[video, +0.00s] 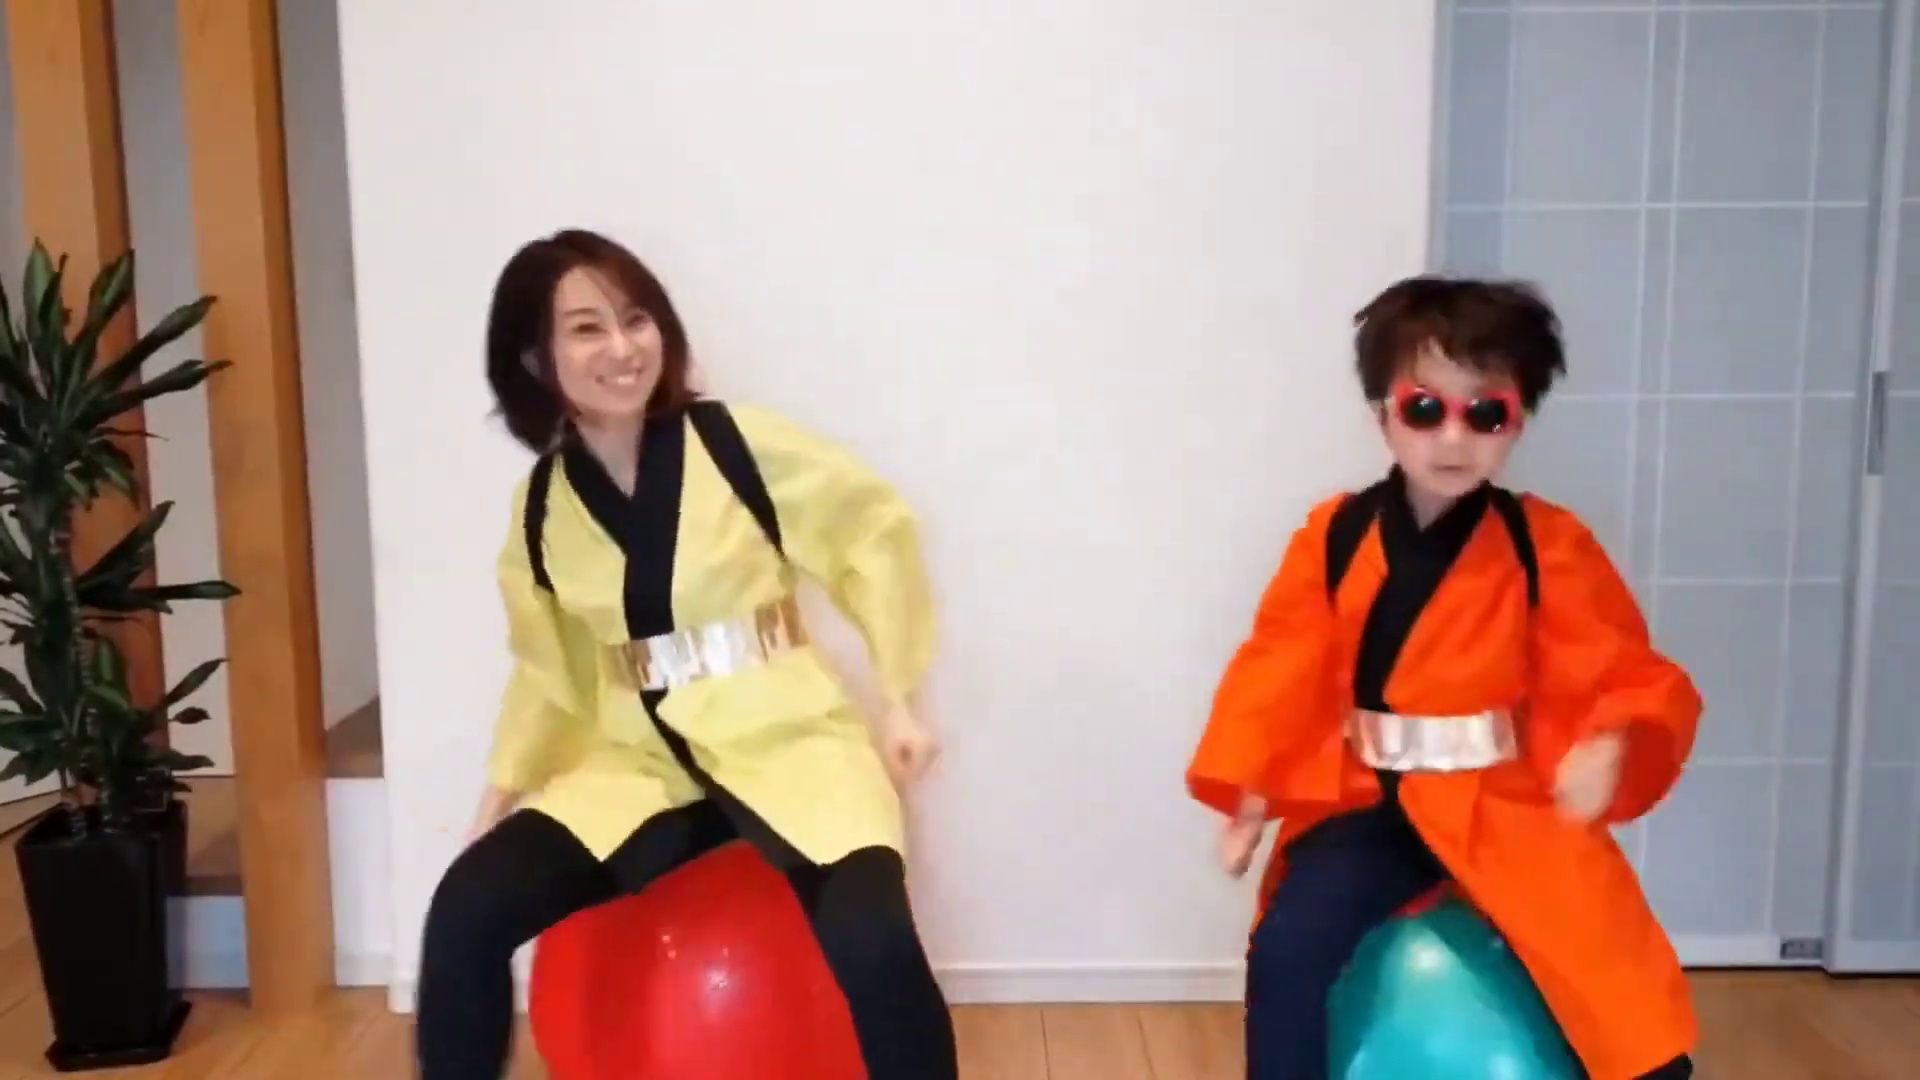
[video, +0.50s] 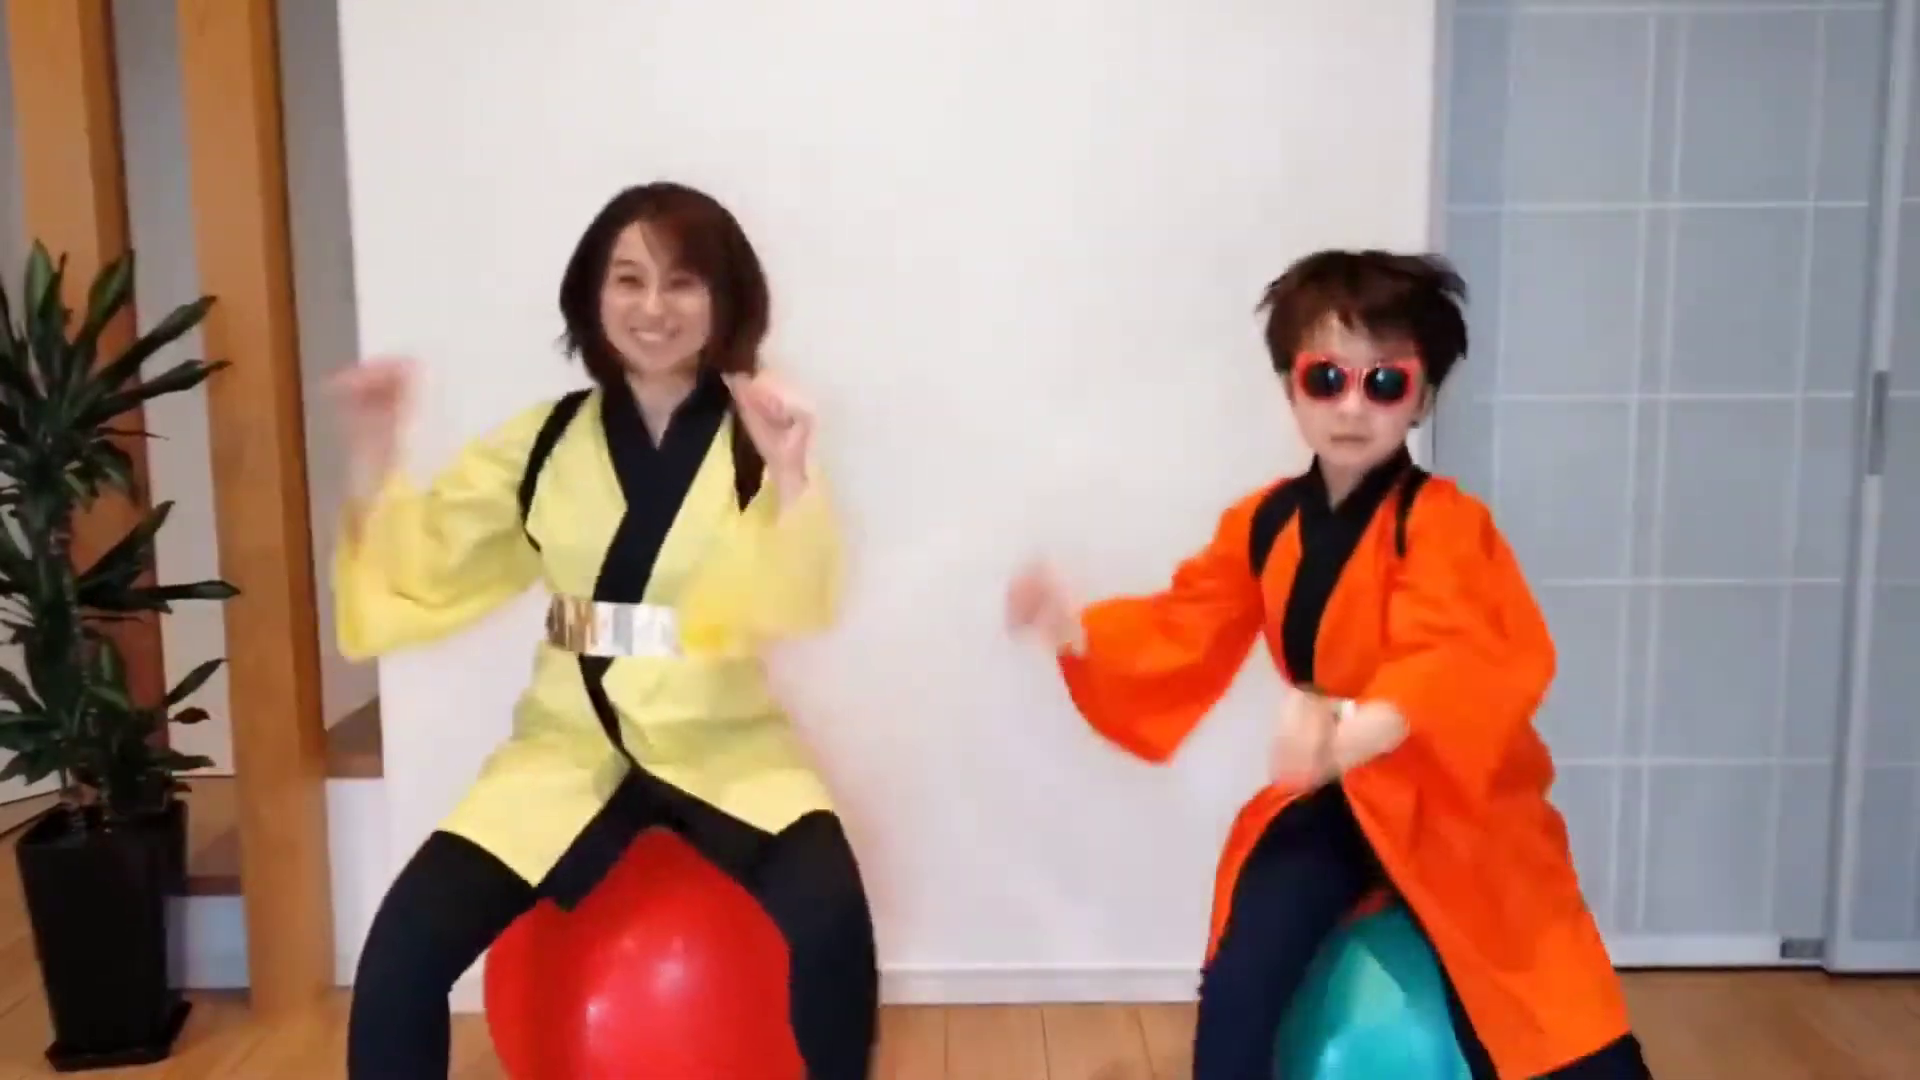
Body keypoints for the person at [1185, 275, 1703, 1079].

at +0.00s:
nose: (1452, 436)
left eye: (1486, 412)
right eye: (1423, 408)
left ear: (1519, 425)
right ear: (1382, 415)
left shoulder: (1547, 543)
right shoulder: (1338, 534)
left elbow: (1632, 677)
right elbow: (1281, 659)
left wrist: (1614, 740)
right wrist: (1256, 779)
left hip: (1515, 811)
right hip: (1372, 809)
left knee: (1616, 957)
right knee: (1289, 944)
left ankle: (1652, 1065)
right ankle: (1283, 1067)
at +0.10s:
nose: (1415, 489)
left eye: (1451, 469)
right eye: (1388, 461)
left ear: (1480, 495)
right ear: (1347, 478)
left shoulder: (1512, 613)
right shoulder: (1309, 606)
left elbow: (1574, 769)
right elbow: (1260, 747)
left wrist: (1505, 916)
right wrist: (1231, 874)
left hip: (1494, 867)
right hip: (1361, 859)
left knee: (1609, 1028)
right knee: (1251, 951)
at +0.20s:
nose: (1376, 558)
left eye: (1411, 536)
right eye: (1350, 529)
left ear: (1446, 567)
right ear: (1317, 548)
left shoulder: (1464, 698)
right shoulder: (1293, 675)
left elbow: (1465, 883)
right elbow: (1246, 814)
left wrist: (1429, 1057)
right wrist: (1198, 947)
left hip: (1467, 923)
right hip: (1359, 909)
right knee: (1214, 982)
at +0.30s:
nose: (1351, 513)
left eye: (1386, 494)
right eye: (1327, 484)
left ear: (1423, 522)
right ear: (1295, 500)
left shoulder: (1434, 653)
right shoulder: (1272, 638)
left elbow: (1407, 840)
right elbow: (1204, 776)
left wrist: (1357, 1011)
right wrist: (1108, 899)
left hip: (1454, 895)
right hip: (1337, 883)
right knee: (1197, 986)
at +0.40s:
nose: (1345, 432)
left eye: (1378, 411)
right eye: (1320, 404)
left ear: (1417, 431)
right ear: (1285, 415)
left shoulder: (1432, 564)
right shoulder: (1265, 558)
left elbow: (1407, 734)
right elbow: (1181, 673)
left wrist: (1329, 877)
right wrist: (1058, 748)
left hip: (1452, 824)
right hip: (1329, 811)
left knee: (1531, 1017)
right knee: (1211, 977)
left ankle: (1598, 1067)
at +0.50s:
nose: (1351, 406)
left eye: (1385, 381)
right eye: (1324, 377)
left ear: (1422, 398)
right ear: (1288, 388)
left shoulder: (1446, 524)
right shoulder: (1266, 524)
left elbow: (1471, 662)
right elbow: (1183, 632)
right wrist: (1069, 626)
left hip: (1466, 800)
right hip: (1339, 794)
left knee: (1549, 1003)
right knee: (1253, 950)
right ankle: (1225, 1063)